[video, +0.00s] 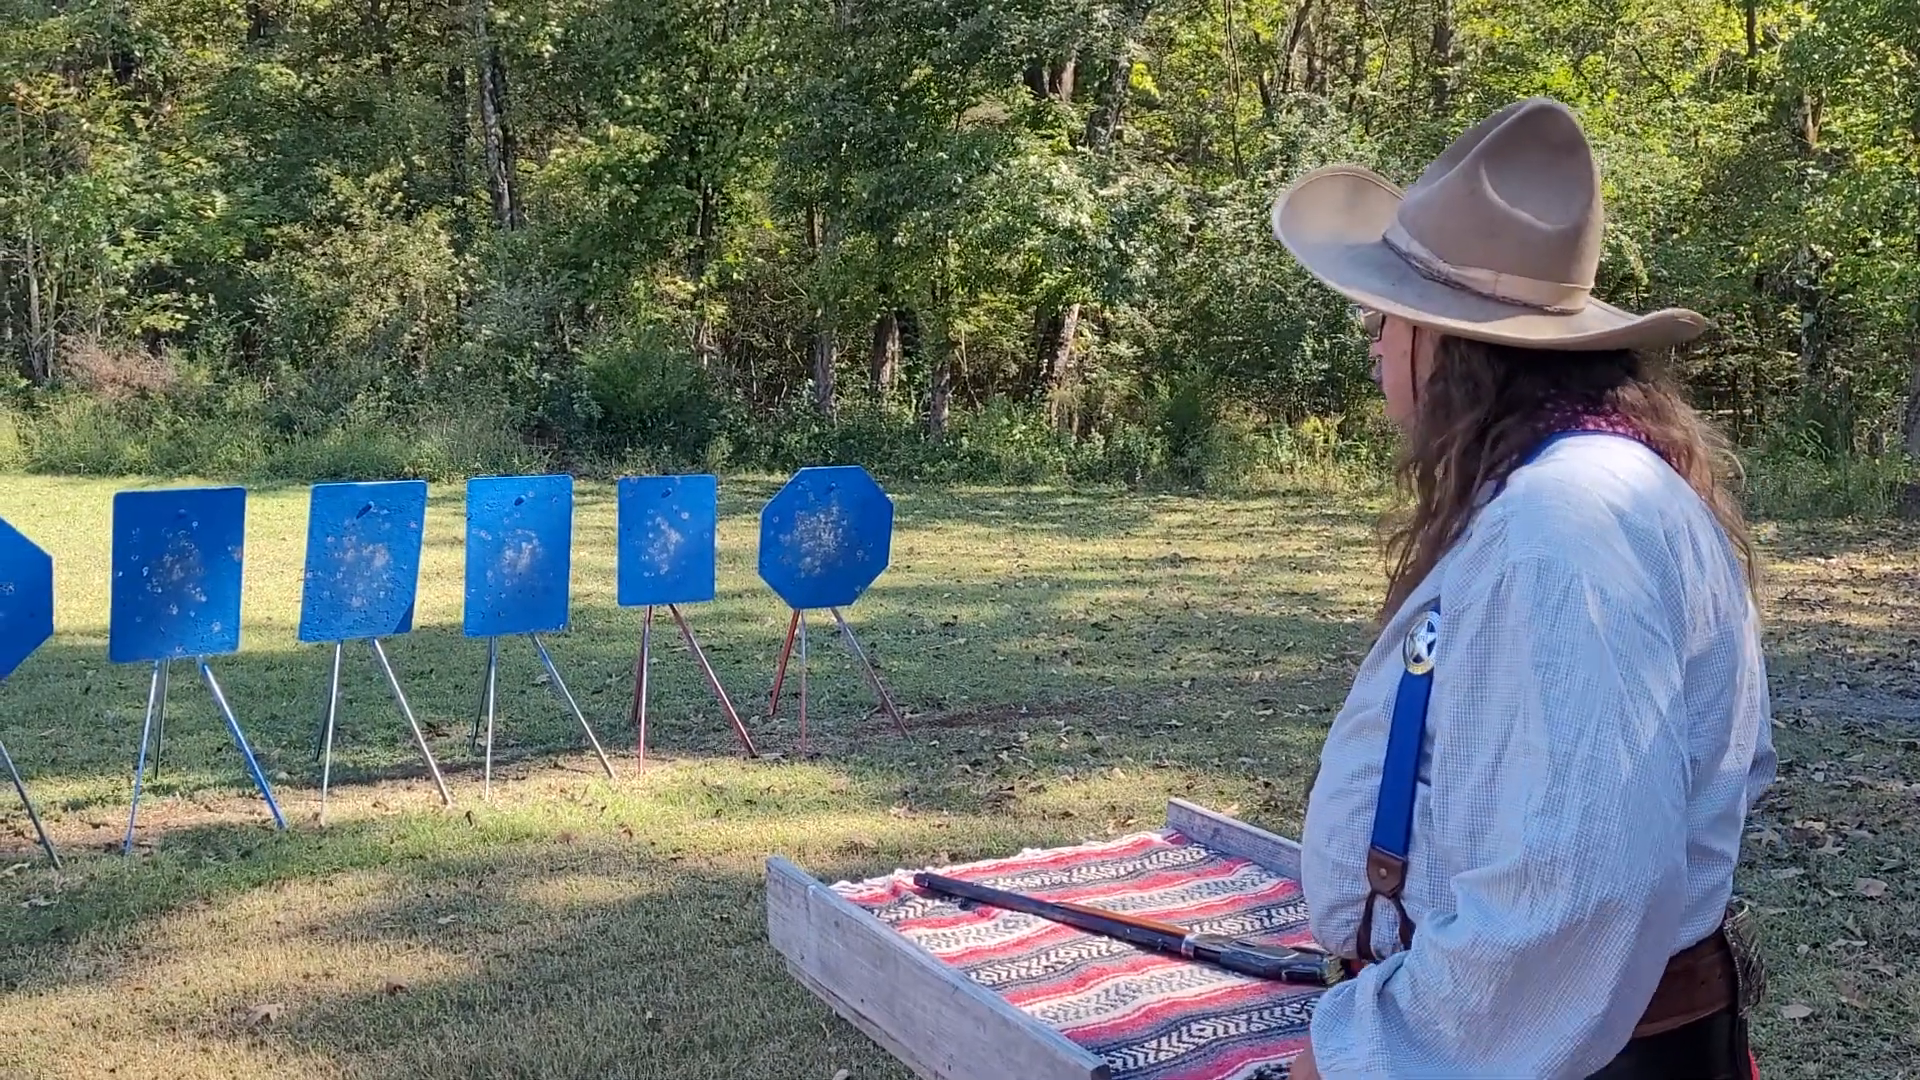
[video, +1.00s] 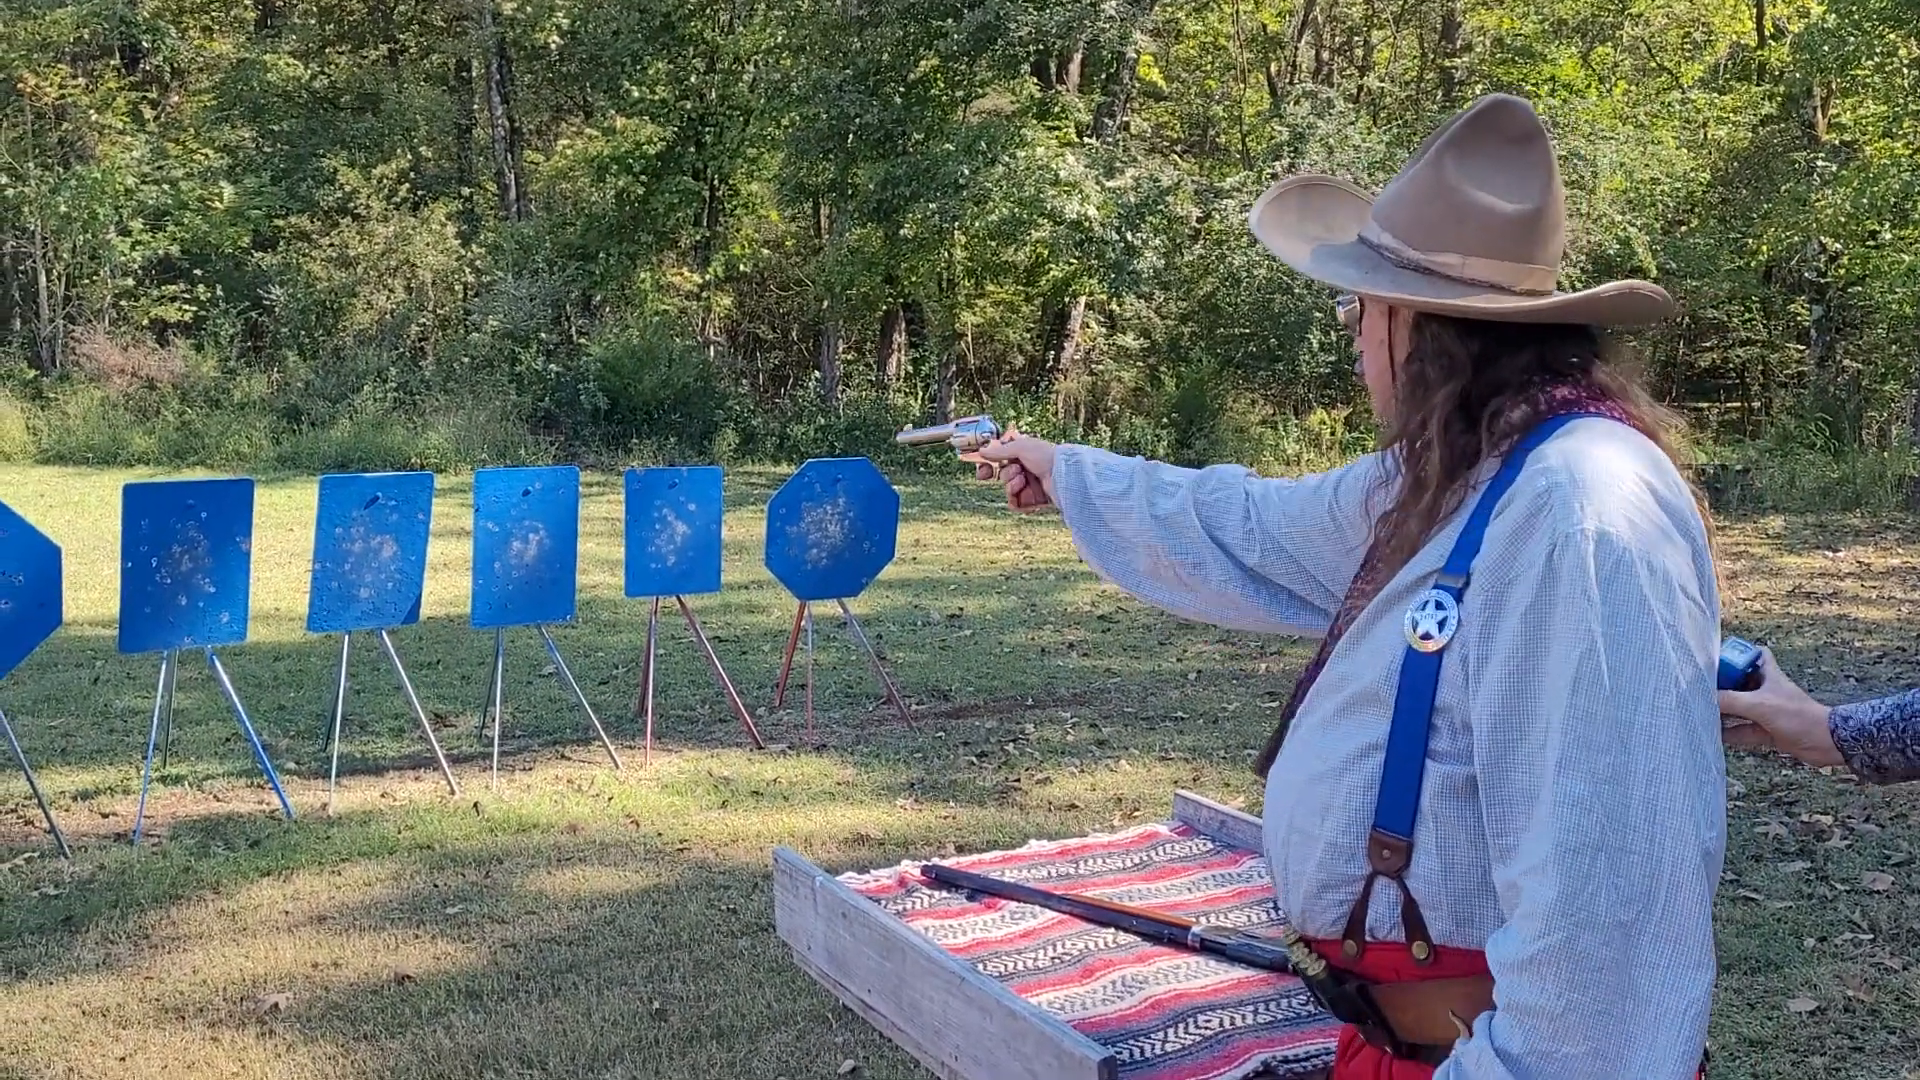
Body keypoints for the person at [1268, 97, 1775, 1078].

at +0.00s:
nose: (1370, 344)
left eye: (1384, 319)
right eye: (1376, 319)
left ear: (1450, 344)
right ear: (1536, 337)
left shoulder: (1567, 517)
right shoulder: (1609, 484)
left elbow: (1570, 893)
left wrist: (1353, 1043)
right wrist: (1396, 933)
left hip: (1585, 1040)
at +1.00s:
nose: (1352, 334)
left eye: (1362, 309)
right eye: (1356, 309)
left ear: (1414, 328)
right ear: (1475, 326)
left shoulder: (1590, 512)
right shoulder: (1434, 479)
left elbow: (1607, 910)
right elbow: (1246, 525)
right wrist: (1067, 475)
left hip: (1469, 1040)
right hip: (1368, 999)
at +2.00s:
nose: (1360, 325)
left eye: (1374, 298)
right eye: (1366, 298)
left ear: (1444, 317)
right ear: (1488, 320)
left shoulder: (1629, 502)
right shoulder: (1454, 469)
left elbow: (1678, 921)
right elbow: (1255, 526)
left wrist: (1606, 1066)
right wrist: (1064, 464)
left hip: (1510, 1035)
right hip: (1376, 985)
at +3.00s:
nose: (1375, 318)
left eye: (1390, 289)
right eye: (1381, 289)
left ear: (1461, 306)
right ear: (1495, 310)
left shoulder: (1643, 486)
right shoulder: (1468, 460)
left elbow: (1696, 901)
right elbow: (1267, 509)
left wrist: (1637, 1069)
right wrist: (1069, 447)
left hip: (1514, 1035)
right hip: (1384, 989)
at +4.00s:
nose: (1404, 318)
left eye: (1416, 295)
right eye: (1407, 292)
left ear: (1457, 318)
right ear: (1557, 309)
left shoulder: (1557, 492)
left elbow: (1544, 873)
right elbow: (1394, 493)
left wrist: (1433, 1060)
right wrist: (1285, 427)